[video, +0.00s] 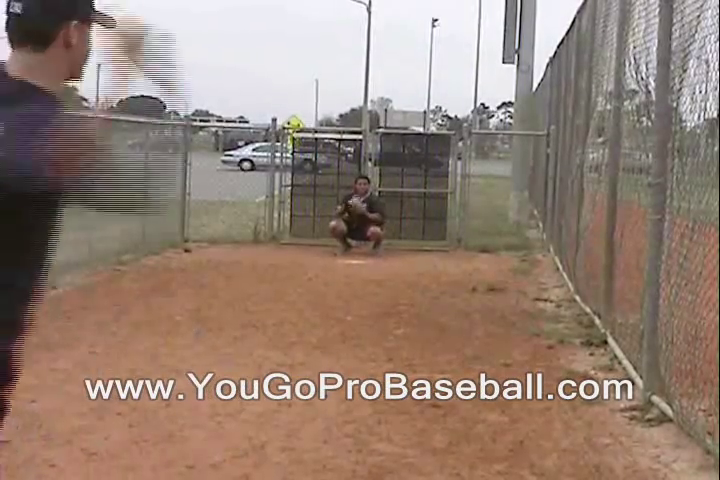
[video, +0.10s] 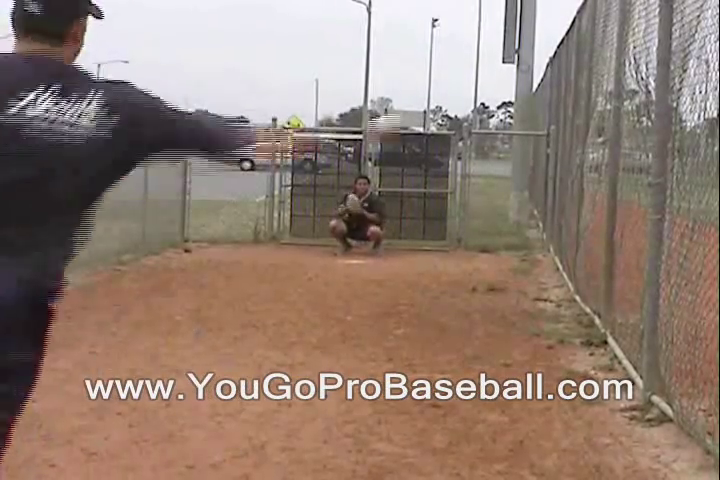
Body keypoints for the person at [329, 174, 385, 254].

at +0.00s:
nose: (362, 187)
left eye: (365, 184)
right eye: (359, 184)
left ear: (368, 186)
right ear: (355, 186)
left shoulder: (374, 200)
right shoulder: (348, 198)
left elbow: (380, 218)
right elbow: (338, 215)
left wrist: (364, 212)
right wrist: (343, 210)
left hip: (366, 226)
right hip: (351, 226)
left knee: (375, 231)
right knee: (334, 226)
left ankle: (376, 245)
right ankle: (346, 245)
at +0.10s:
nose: (362, 187)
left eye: (364, 184)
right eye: (359, 184)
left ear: (368, 186)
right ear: (355, 186)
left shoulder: (374, 200)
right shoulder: (348, 197)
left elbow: (378, 219)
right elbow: (335, 214)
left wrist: (362, 212)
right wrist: (343, 211)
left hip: (365, 226)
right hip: (350, 225)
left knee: (375, 231)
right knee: (334, 225)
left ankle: (376, 245)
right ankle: (346, 245)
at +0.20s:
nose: (361, 187)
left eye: (364, 184)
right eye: (359, 184)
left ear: (368, 186)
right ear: (354, 186)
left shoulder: (374, 200)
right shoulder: (349, 197)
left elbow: (378, 219)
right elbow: (338, 214)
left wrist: (364, 208)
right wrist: (351, 207)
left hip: (366, 227)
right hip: (350, 226)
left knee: (376, 230)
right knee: (334, 225)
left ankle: (376, 245)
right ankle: (346, 245)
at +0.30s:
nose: (361, 187)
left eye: (364, 184)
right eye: (358, 184)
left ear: (368, 187)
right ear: (354, 187)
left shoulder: (374, 199)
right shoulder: (348, 198)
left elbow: (378, 218)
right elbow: (336, 214)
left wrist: (366, 206)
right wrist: (350, 207)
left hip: (366, 228)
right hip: (350, 227)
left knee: (377, 230)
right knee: (334, 225)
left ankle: (376, 246)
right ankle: (346, 245)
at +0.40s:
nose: (360, 189)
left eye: (362, 186)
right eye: (357, 186)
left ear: (366, 188)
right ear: (353, 188)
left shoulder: (372, 199)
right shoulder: (347, 198)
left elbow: (376, 216)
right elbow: (338, 213)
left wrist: (363, 205)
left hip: (367, 228)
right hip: (351, 228)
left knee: (378, 229)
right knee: (334, 226)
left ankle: (376, 246)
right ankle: (346, 245)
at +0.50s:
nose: (358, 191)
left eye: (361, 188)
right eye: (356, 188)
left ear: (365, 190)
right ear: (352, 190)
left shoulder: (369, 201)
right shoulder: (347, 202)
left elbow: (375, 209)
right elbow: (336, 214)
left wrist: (366, 211)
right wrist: (348, 215)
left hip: (367, 230)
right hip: (350, 229)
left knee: (379, 228)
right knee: (336, 226)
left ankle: (377, 246)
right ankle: (346, 245)